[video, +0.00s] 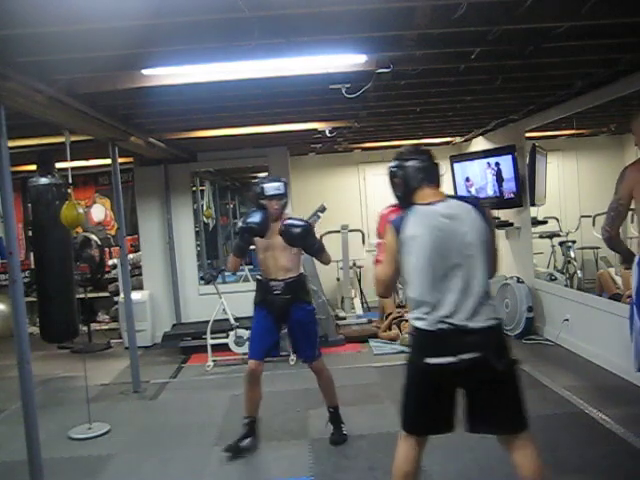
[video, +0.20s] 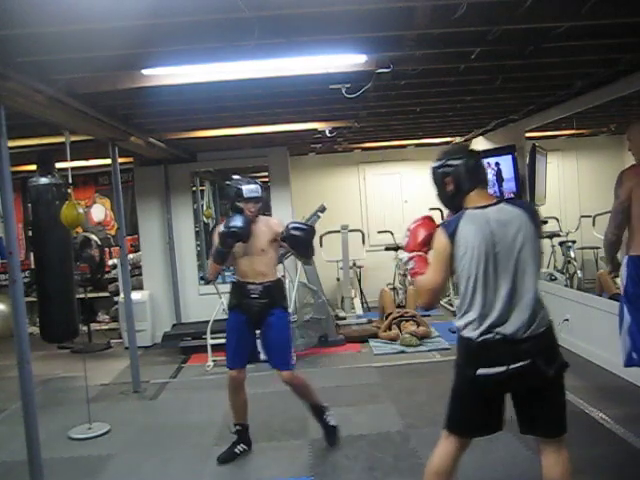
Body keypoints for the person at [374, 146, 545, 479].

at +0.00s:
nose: (393, 185)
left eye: (394, 179)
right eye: (393, 179)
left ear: (400, 183)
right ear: (436, 177)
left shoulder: (399, 225)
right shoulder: (476, 213)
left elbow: (384, 286)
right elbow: (490, 269)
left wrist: (387, 254)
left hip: (432, 351)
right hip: (486, 345)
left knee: (412, 438)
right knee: (517, 438)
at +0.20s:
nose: (440, 192)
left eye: (440, 185)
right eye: (438, 185)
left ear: (451, 183)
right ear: (483, 177)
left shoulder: (450, 230)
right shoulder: (526, 214)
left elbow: (428, 294)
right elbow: (528, 266)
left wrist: (418, 257)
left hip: (480, 357)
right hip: (537, 351)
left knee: (454, 440)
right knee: (553, 444)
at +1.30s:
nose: (473, 200)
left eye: (476, 193)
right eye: (470, 194)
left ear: (492, 188)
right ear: (494, 188)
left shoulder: (520, 220)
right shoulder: (497, 220)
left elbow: (507, 273)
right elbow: (496, 264)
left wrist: (478, 246)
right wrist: (474, 240)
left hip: (526, 309)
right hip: (517, 307)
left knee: (490, 384)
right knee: (541, 380)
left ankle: (524, 459)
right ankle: (578, 444)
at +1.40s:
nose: (463, 193)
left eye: (466, 187)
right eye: (461, 188)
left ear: (482, 184)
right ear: (481, 185)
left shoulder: (510, 208)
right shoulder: (484, 211)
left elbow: (496, 247)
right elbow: (475, 251)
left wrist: (455, 226)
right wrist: (454, 226)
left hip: (522, 294)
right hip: (508, 293)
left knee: (495, 374)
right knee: (534, 369)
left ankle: (518, 435)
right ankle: (572, 431)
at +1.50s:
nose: (455, 197)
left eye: (455, 190)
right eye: (452, 191)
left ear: (470, 187)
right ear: (476, 185)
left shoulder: (498, 207)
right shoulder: (482, 212)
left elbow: (470, 239)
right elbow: (463, 252)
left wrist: (431, 220)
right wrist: (444, 228)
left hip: (515, 294)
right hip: (500, 293)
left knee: (495, 373)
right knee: (509, 363)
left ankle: (518, 436)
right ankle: (552, 409)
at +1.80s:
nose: (436, 199)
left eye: (439, 193)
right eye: (433, 194)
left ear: (454, 191)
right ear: (434, 194)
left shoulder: (480, 218)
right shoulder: (446, 218)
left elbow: (478, 263)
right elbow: (439, 257)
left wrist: (453, 240)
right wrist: (428, 233)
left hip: (484, 292)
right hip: (463, 291)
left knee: (481, 367)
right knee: (467, 350)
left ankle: (514, 435)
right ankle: (485, 396)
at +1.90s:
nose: (433, 201)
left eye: (437, 196)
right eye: (430, 197)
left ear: (452, 193)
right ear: (430, 197)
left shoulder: (475, 220)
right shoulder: (438, 217)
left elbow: (471, 263)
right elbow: (428, 255)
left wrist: (450, 237)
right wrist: (420, 236)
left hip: (473, 289)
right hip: (450, 288)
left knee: (474, 361)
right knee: (455, 349)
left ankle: (504, 430)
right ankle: (485, 397)